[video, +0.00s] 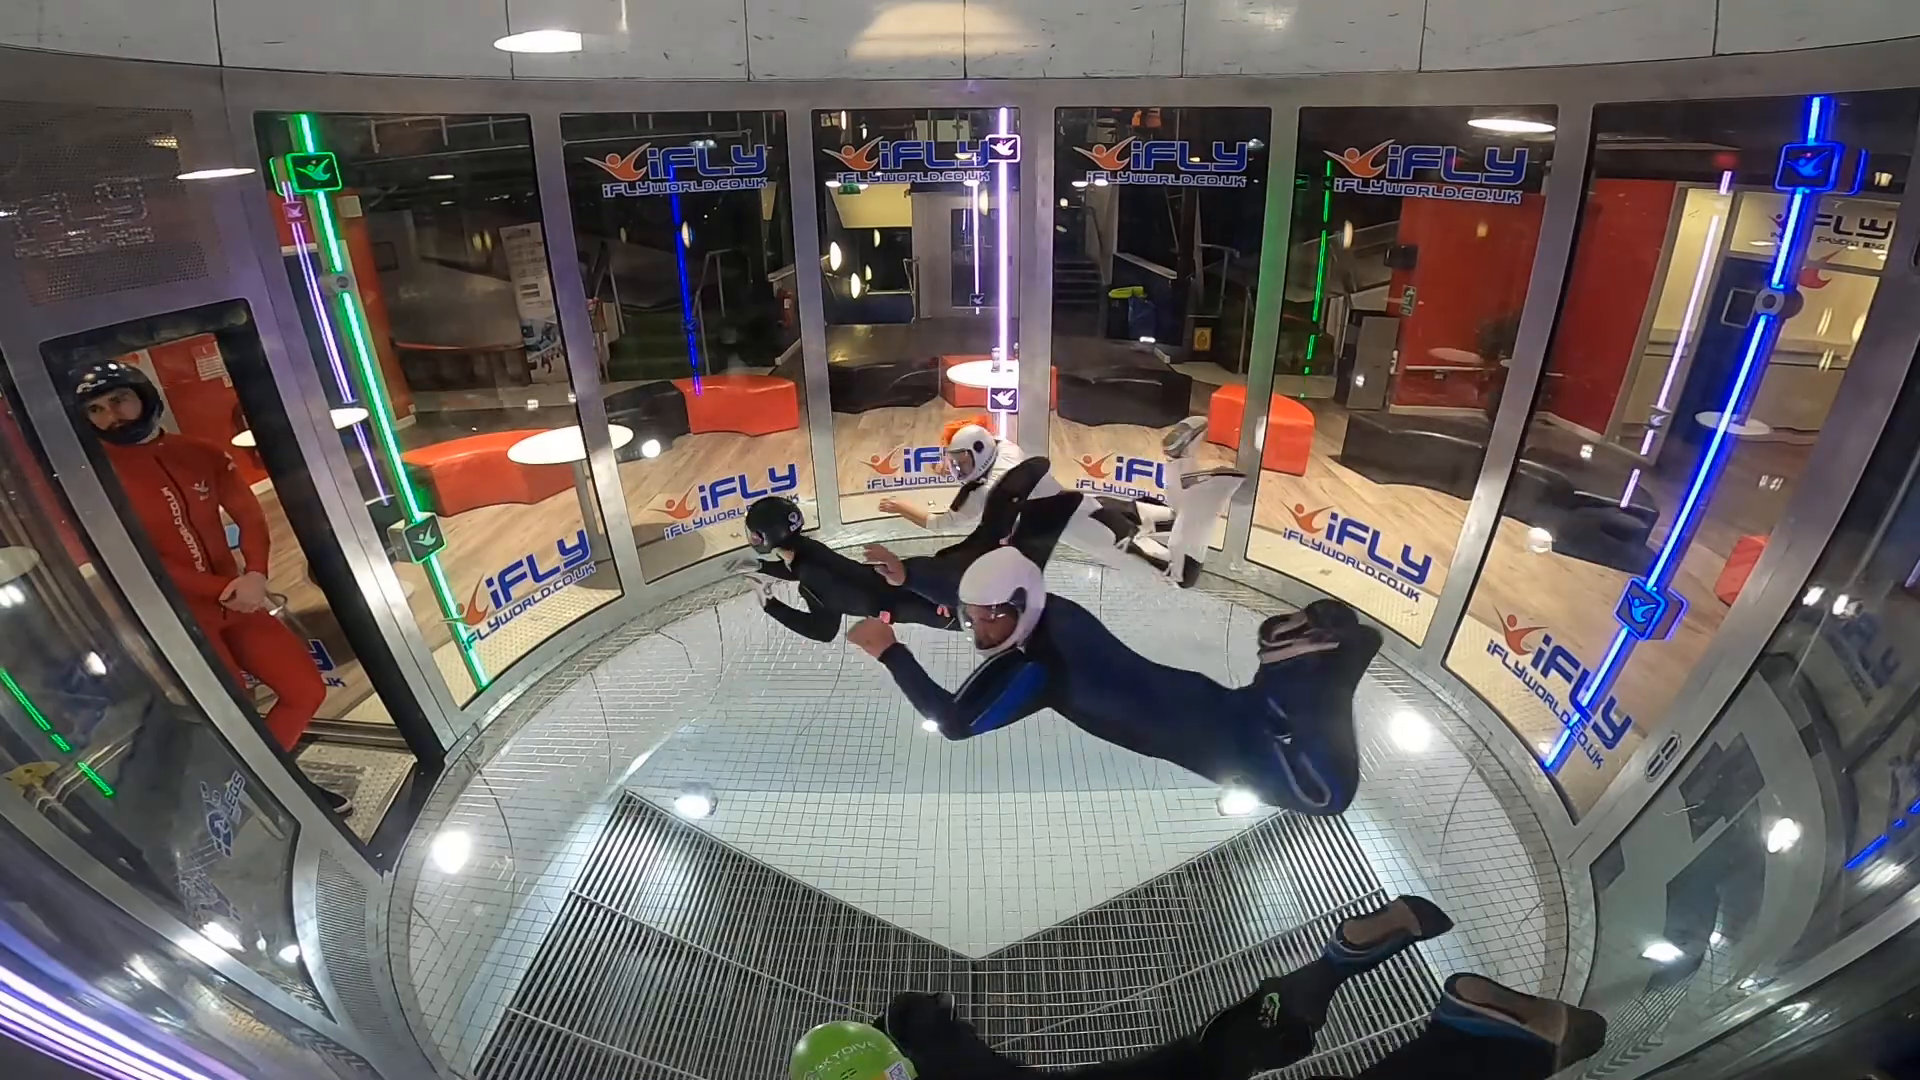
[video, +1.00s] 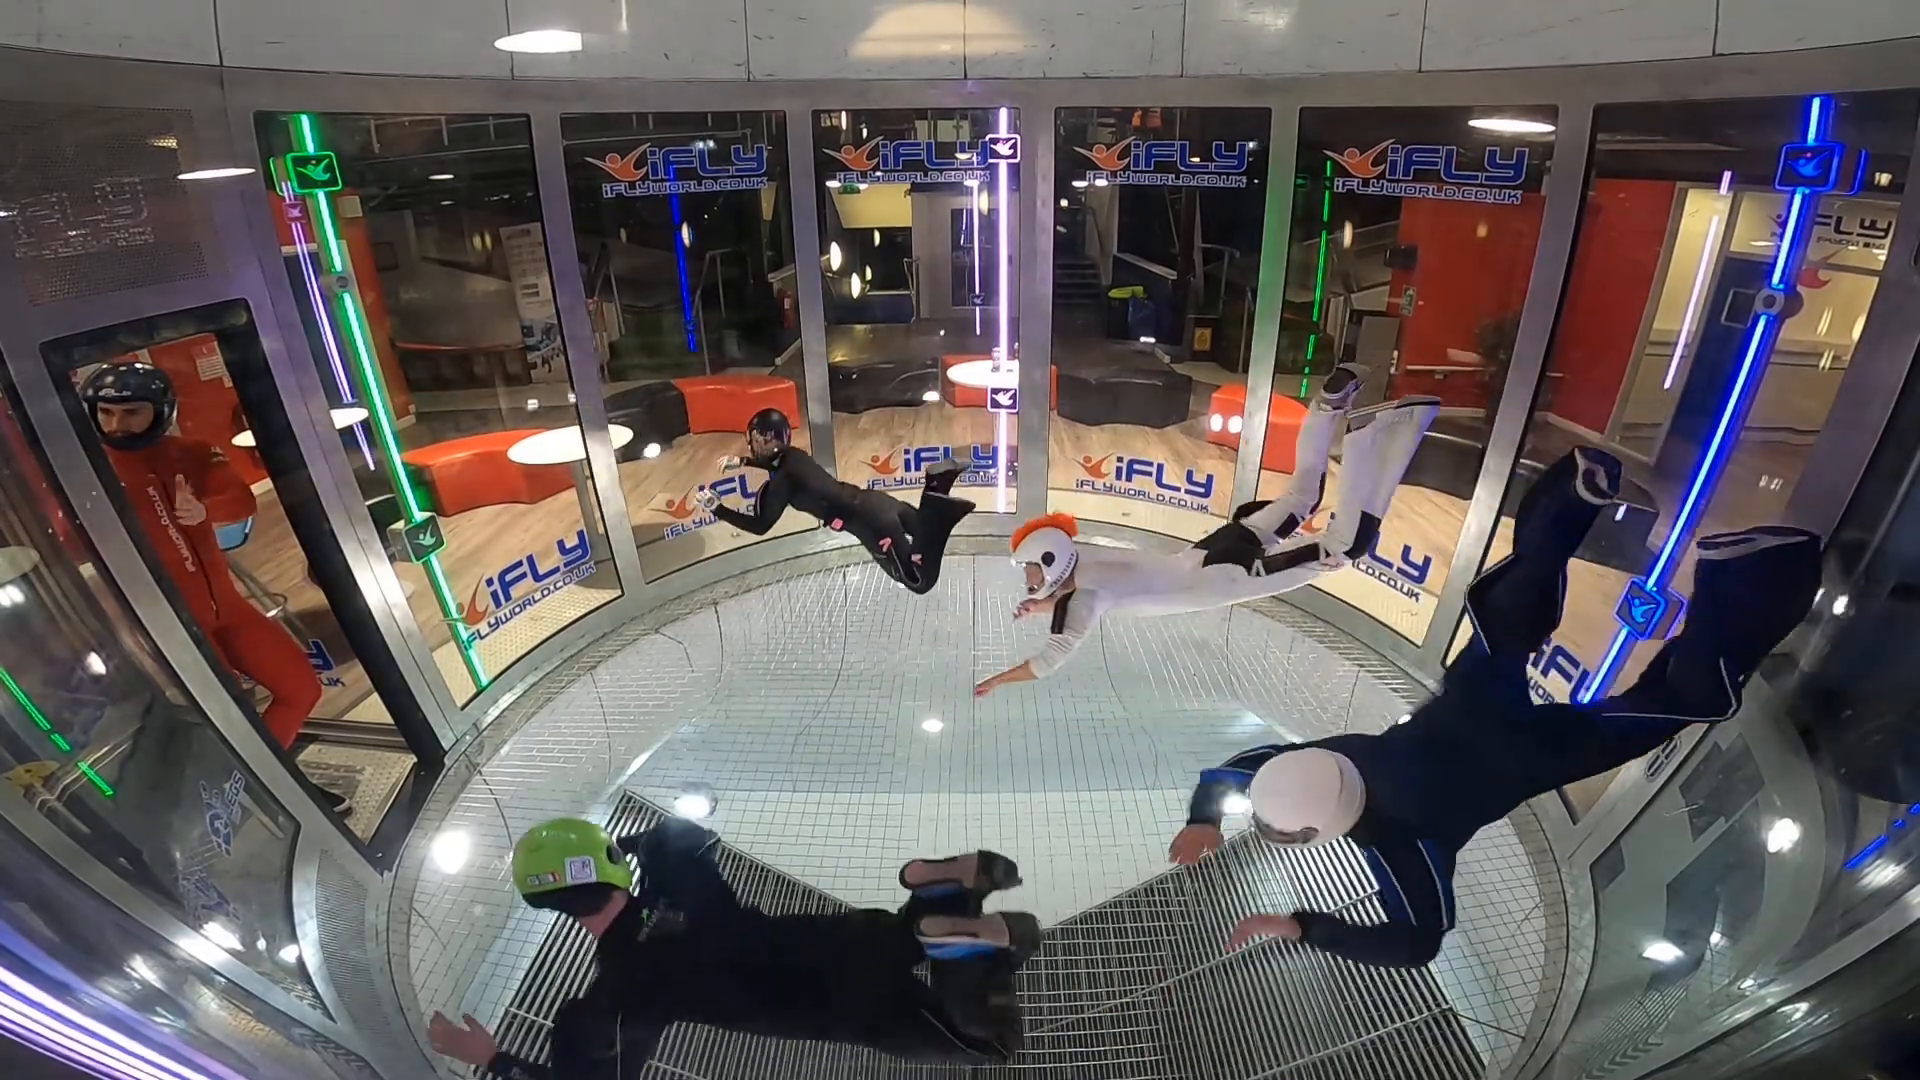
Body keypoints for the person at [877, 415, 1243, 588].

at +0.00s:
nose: (956, 467)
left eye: (961, 460)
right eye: (955, 460)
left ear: (980, 455)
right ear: (979, 447)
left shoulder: (984, 492)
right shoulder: (1009, 452)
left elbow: (943, 525)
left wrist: (904, 510)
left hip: (1075, 522)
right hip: (1085, 499)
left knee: (1134, 544)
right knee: (1133, 510)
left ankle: (1174, 560)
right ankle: (1182, 512)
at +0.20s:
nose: (1019, 487)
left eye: (1023, 479)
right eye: (1016, 479)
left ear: (1043, 473)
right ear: (1046, 463)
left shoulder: (1051, 508)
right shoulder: (1074, 466)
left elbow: (1008, 540)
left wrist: (998, 507)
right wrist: (1023, 492)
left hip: (1150, 548)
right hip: (1153, 520)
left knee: (1246, 575)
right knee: (1218, 527)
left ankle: (1280, 509)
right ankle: (1282, 520)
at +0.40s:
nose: (1059, 507)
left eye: (1061, 499)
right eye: (1058, 498)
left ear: (1080, 499)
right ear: (1093, 482)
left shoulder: (1095, 528)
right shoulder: (1121, 488)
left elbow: (1055, 567)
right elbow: (1126, 478)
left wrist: (1042, 536)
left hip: (1197, 559)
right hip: (1207, 533)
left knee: (1302, 572)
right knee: (1287, 533)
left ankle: (1355, 482)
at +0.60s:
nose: (1074, 530)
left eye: (1082, 522)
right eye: (1073, 522)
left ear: (1104, 520)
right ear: (1092, 519)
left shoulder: (1124, 552)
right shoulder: (1113, 540)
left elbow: (1099, 602)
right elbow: (1099, 579)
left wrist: (1075, 587)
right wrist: (1079, 569)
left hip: (1247, 568)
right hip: (1241, 551)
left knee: (1359, 552)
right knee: (1332, 517)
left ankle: (1385, 445)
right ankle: (1374, 426)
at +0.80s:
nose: (1072, 566)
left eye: (1077, 553)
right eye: (1067, 556)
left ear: (1103, 543)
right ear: (1084, 545)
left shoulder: (1124, 572)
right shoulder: (1122, 546)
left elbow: (1098, 630)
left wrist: (1066, 642)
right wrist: (1093, 593)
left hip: (1263, 565)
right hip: (1249, 542)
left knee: (1376, 541)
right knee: (1332, 494)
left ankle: (1415, 429)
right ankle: (1369, 392)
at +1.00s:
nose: (1034, 578)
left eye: (1038, 568)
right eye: (1032, 571)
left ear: (1059, 562)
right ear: (1054, 557)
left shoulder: (1088, 598)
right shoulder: (1080, 560)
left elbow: (1057, 655)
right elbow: (1071, 582)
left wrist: (1005, 677)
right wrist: (1044, 602)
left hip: (1219, 579)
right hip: (1209, 551)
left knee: (1336, 550)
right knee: (1299, 498)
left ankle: (1381, 433)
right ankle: (1333, 403)